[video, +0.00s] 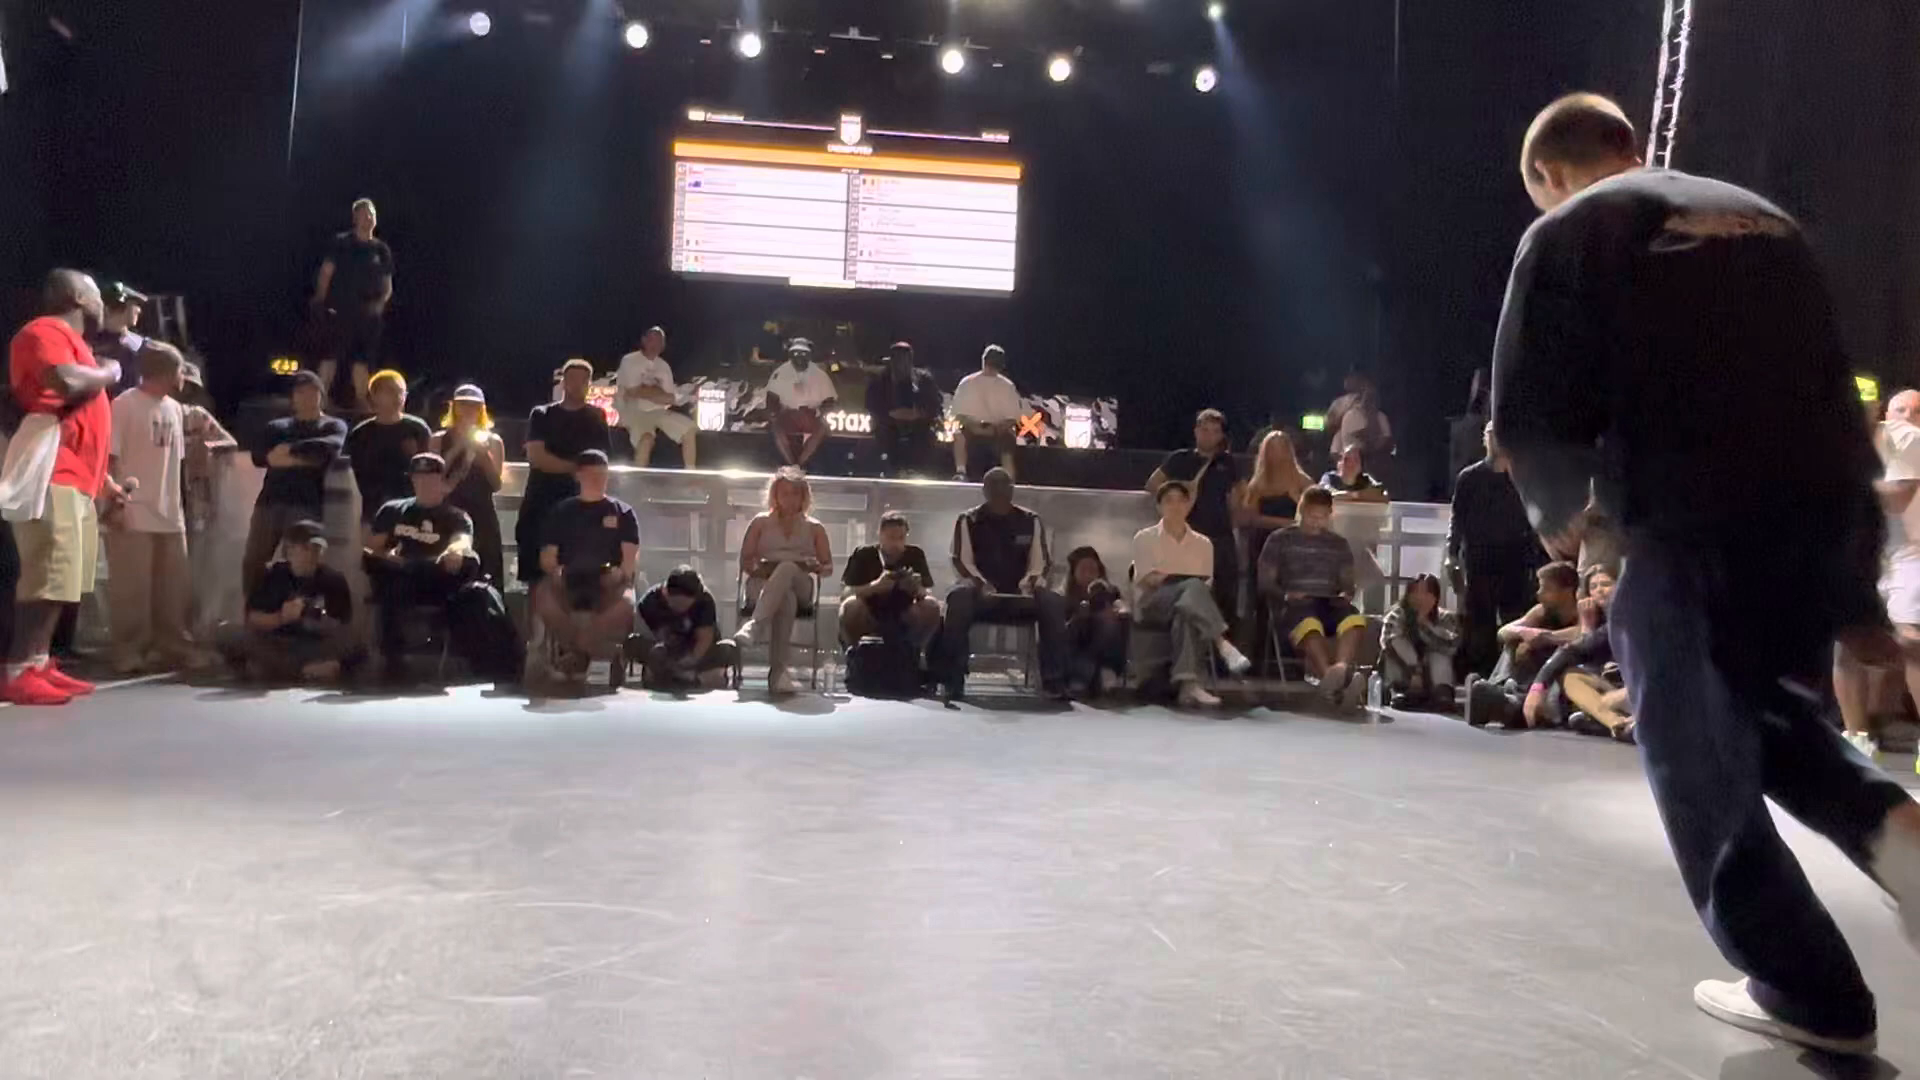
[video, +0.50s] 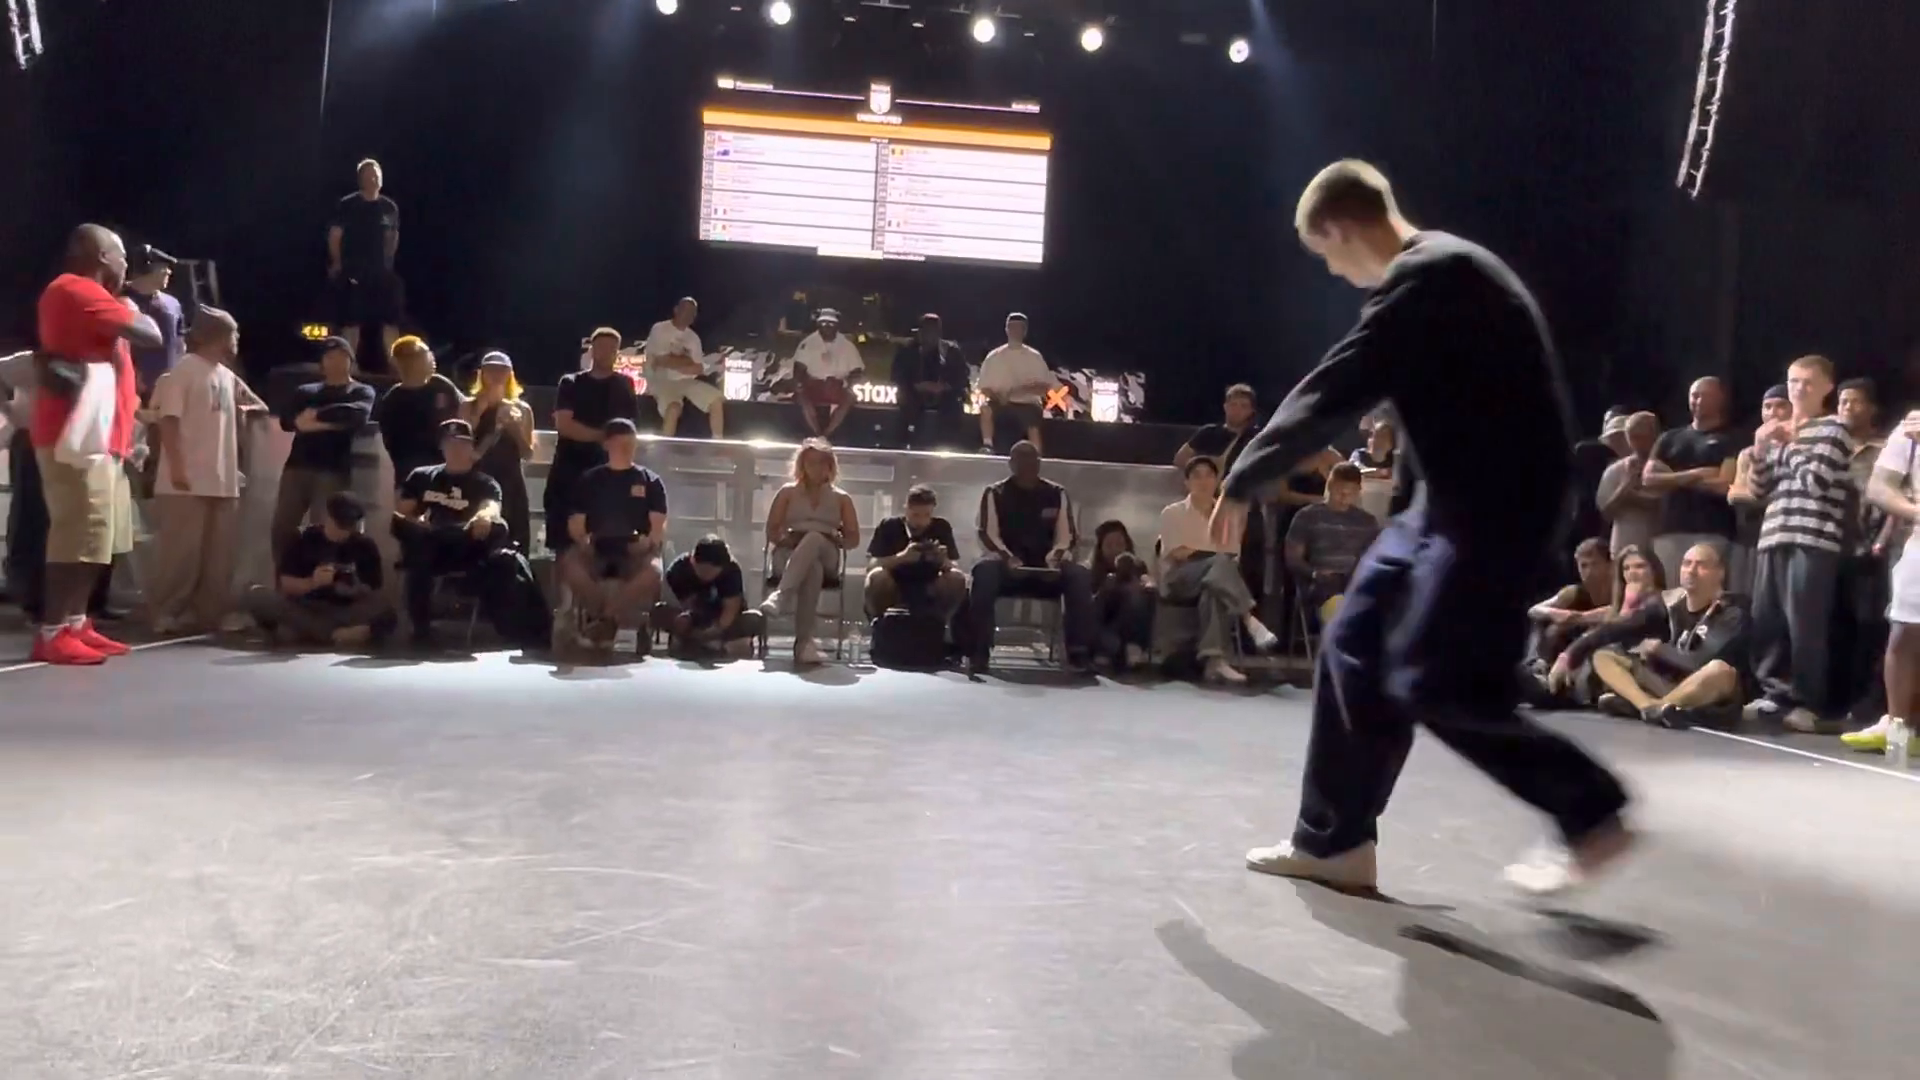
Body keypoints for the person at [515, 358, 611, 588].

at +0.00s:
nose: (579, 385)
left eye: (584, 380)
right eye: (573, 379)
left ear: (589, 384)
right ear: (563, 382)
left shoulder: (596, 416)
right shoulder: (541, 414)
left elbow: (599, 463)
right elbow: (536, 457)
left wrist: (547, 458)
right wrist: (576, 468)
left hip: (580, 502)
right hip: (542, 501)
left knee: (578, 572)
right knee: (537, 574)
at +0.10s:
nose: (587, 377)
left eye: (591, 372)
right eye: (581, 371)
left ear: (596, 376)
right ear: (570, 374)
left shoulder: (602, 408)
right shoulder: (548, 406)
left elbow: (606, 455)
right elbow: (542, 449)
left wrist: (555, 450)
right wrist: (581, 460)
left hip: (587, 495)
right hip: (549, 492)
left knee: (585, 564)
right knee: (543, 567)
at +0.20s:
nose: (590, 369)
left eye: (596, 364)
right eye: (585, 363)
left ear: (601, 369)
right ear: (575, 366)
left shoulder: (608, 402)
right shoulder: (553, 398)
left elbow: (612, 448)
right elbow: (547, 441)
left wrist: (560, 444)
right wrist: (589, 453)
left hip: (592, 487)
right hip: (554, 485)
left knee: (590, 558)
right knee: (548, 559)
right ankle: (547, 614)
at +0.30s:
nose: (596, 364)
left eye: (600, 359)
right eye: (590, 358)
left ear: (605, 363)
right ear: (580, 361)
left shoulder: (612, 394)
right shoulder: (558, 392)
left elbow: (616, 443)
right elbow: (553, 436)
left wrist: (563, 438)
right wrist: (594, 446)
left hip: (597, 480)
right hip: (558, 479)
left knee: (595, 549)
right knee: (553, 552)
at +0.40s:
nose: (602, 358)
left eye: (606, 353)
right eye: (596, 352)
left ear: (611, 357)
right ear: (586, 355)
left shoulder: (618, 389)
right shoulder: (564, 387)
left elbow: (622, 436)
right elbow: (558, 431)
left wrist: (570, 432)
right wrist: (598, 441)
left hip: (602, 473)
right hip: (564, 472)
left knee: (600, 541)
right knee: (558, 544)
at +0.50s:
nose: (606, 352)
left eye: (611, 347)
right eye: (601, 346)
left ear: (617, 352)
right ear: (591, 349)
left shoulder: (623, 384)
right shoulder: (571, 382)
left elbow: (627, 431)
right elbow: (563, 425)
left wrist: (576, 426)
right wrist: (603, 436)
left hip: (608, 470)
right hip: (570, 469)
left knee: (605, 538)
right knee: (564, 541)